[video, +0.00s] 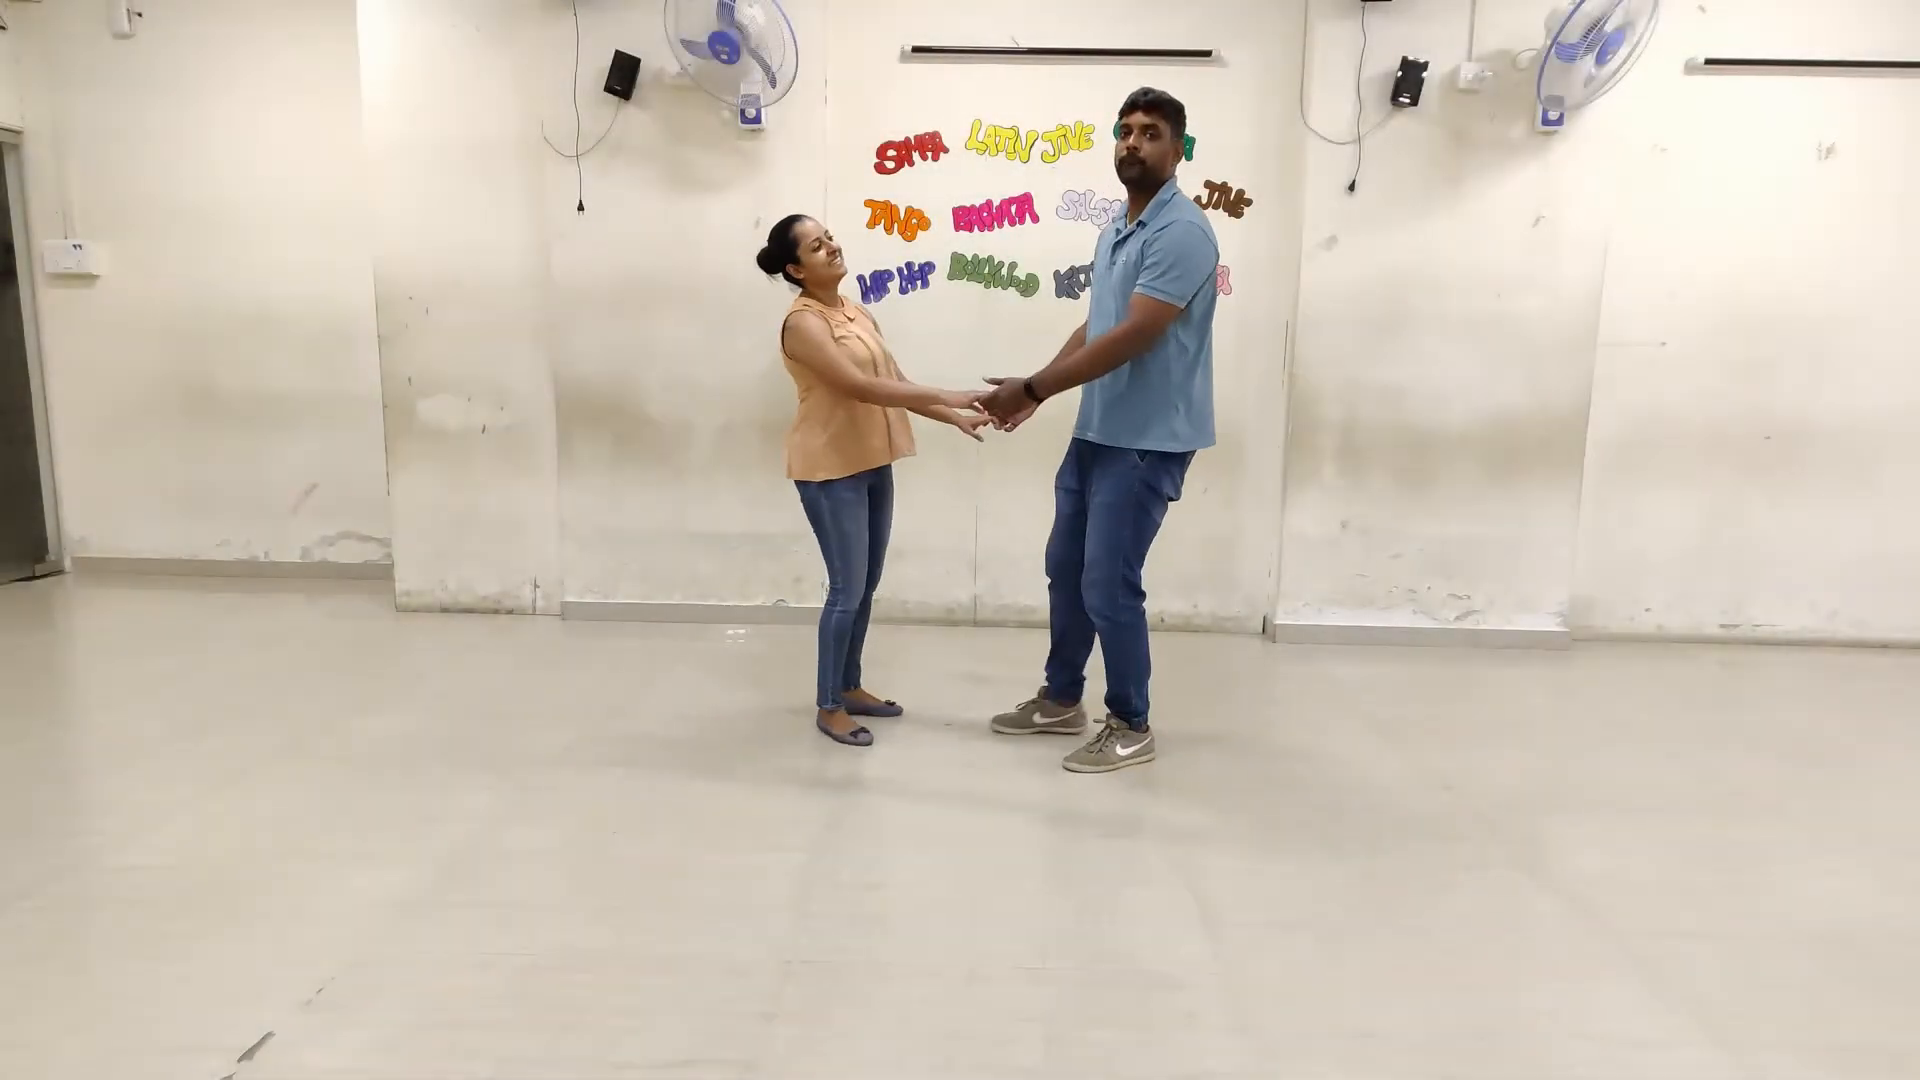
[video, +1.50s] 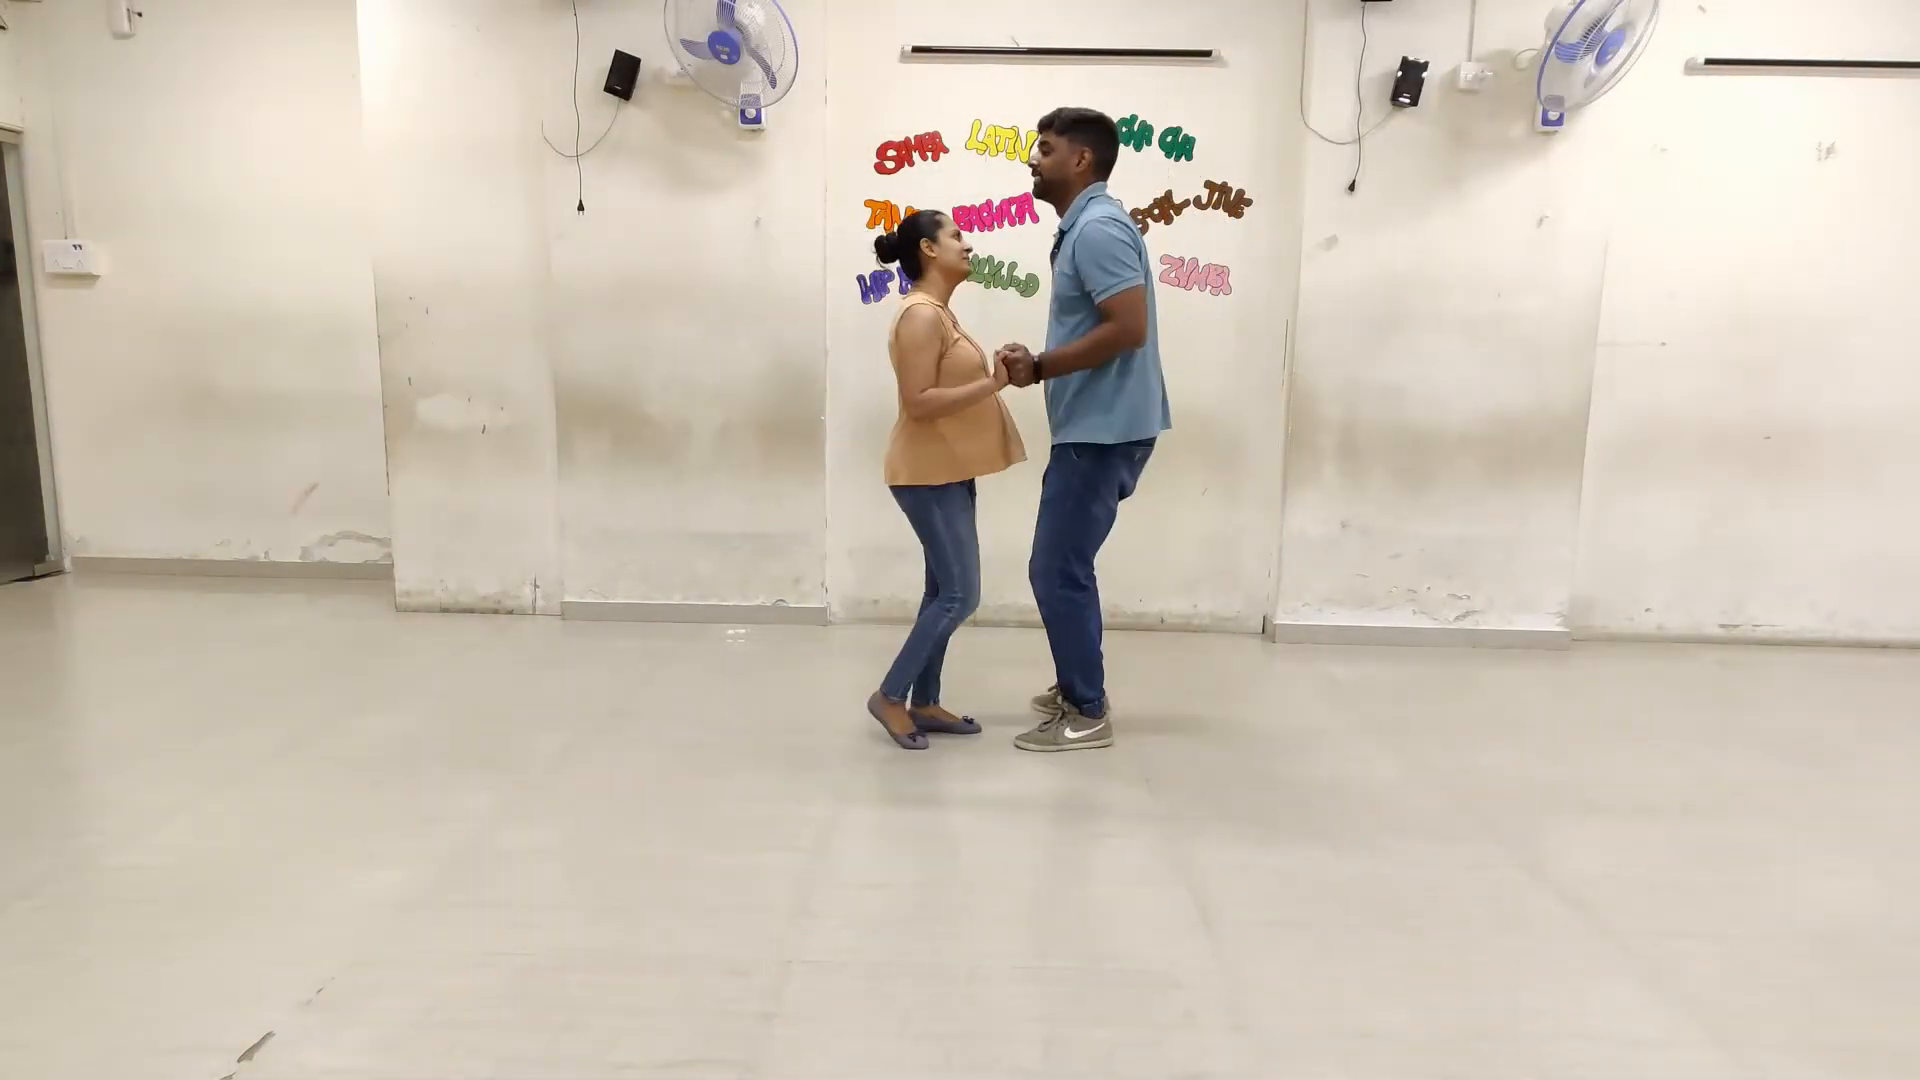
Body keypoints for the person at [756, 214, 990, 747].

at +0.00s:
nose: (833, 247)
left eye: (830, 238)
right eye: (817, 246)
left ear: (836, 248)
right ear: (795, 269)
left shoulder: (856, 313)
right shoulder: (802, 324)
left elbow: (896, 386)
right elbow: (858, 387)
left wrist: (955, 411)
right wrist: (947, 402)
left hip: (873, 466)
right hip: (830, 473)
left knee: (864, 586)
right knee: (846, 589)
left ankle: (849, 689)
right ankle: (828, 708)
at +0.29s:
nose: (834, 252)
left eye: (832, 243)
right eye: (819, 249)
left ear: (836, 256)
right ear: (794, 270)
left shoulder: (851, 319)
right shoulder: (797, 327)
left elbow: (889, 390)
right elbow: (862, 385)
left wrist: (955, 408)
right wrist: (951, 388)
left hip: (869, 468)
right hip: (825, 475)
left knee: (875, 584)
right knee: (854, 591)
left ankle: (848, 691)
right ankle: (803, 709)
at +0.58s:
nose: (828, 249)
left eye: (824, 240)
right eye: (816, 244)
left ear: (795, 257)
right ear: (787, 259)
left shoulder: (803, 311)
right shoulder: (790, 316)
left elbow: (870, 366)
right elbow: (874, 366)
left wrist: (960, 367)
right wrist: (967, 366)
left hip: (833, 467)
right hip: (808, 472)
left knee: (844, 587)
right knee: (825, 595)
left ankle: (856, 693)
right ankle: (798, 719)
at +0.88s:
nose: (847, 244)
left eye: (842, 235)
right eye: (835, 238)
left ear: (813, 251)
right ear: (806, 252)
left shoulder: (817, 305)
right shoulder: (804, 309)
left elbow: (886, 362)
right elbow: (889, 363)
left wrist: (958, 342)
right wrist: (967, 336)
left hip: (839, 468)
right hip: (806, 472)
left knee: (885, 563)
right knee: (820, 593)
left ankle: (867, 683)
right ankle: (795, 718)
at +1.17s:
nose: (919, 264)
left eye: (915, 255)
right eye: (908, 257)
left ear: (884, 271)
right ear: (879, 270)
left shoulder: (890, 335)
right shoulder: (871, 337)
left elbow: (918, 420)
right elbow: (900, 429)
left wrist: (988, 420)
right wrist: (985, 429)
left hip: (903, 493)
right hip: (869, 494)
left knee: (948, 586)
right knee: (877, 614)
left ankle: (925, 706)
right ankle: (802, 714)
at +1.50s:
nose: (967, 244)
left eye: (963, 235)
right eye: (956, 237)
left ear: (932, 251)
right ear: (929, 250)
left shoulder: (939, 311)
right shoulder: (919, 315)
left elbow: (944, 390)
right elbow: (917, 403)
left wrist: (994, 370)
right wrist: (990, 382)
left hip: (949, 472)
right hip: (926, 476)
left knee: (943, 591)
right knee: (960, 594)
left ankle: (925, 702)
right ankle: (889, 698)